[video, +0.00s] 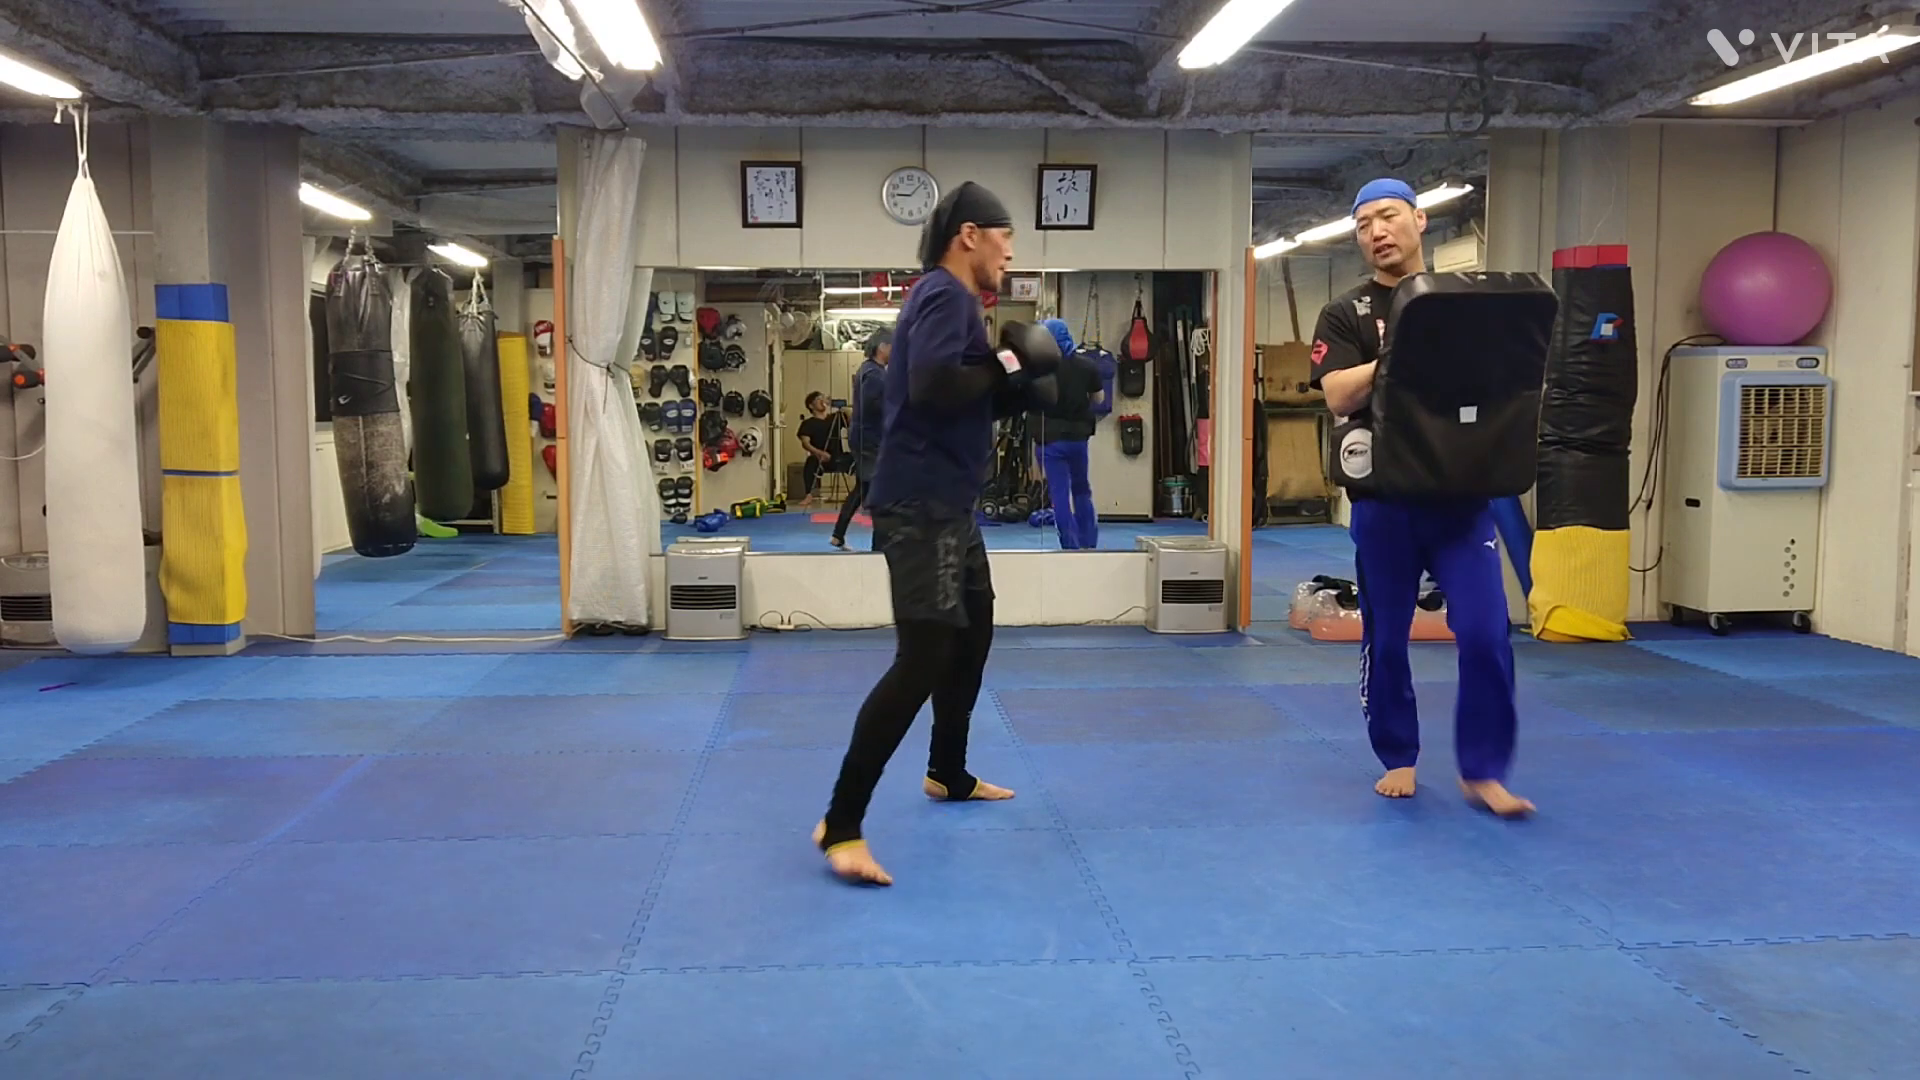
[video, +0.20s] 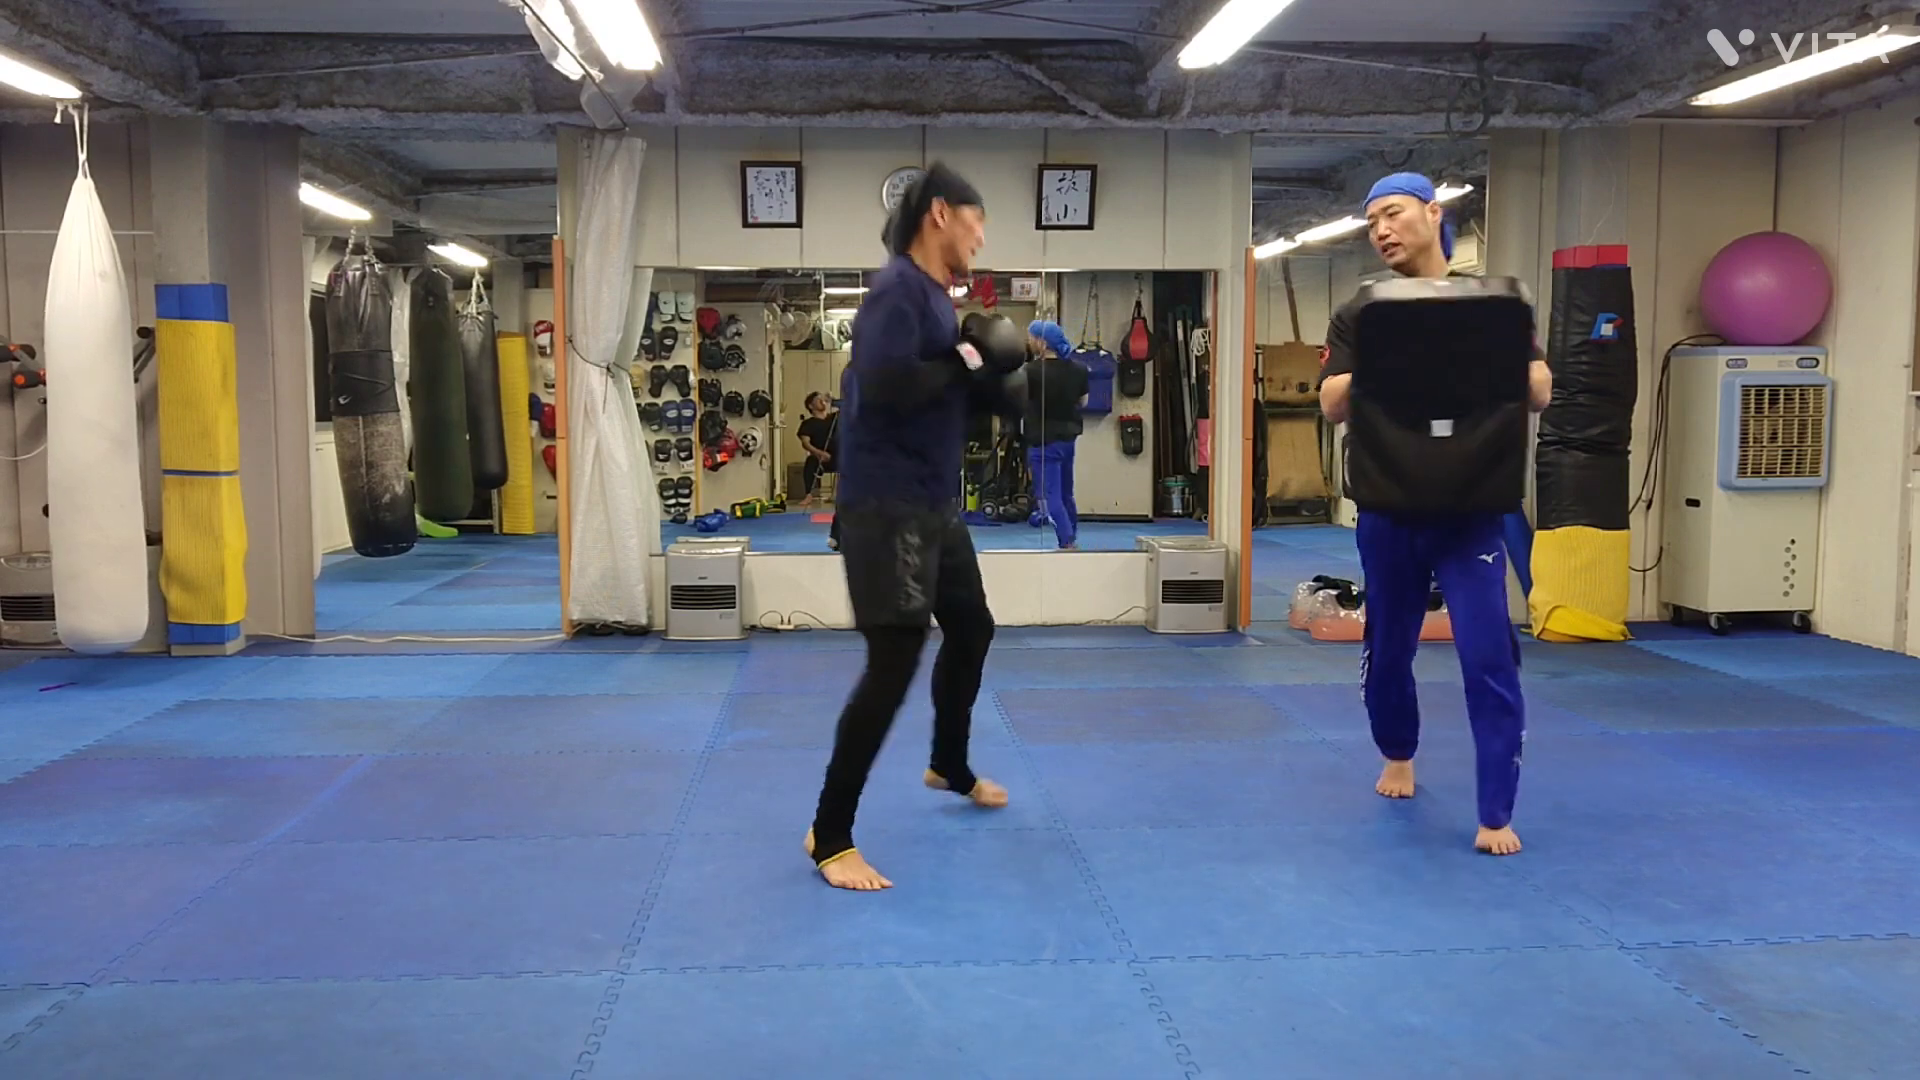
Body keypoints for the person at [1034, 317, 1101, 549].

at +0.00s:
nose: (1043, 345)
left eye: (1043, 339)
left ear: (1044, 342)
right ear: (1067, 337)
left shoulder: (1039, 367)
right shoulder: (1084, 364)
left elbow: (1031, 402)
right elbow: (1098, 396)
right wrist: (1078, 400)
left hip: (1049, 438)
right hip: (1078, 436)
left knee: (1059, 492)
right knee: (1081, 489)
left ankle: (1069, 543)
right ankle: (1088, 539)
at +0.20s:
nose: (1030, 343)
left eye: (1033, 339)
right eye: (1031, 338)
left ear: (1043, 342)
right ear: (1057, 342)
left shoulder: (1032, 370)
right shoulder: (1077, 369)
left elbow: (1024, 400)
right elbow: (1083, 400)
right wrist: (1061, 401)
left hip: (1042, 436)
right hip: (1068, 434)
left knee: (1050, 493)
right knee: (1066, 490)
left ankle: (1066, 540)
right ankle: (1071, 535)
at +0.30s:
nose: (1024, 342)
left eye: (1027, 338)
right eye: (1025, 337)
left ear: (1040, 341)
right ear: (1052, 341)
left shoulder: (1031, 370)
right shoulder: (1066, 368)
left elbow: (1013, 403)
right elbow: (1070, 394)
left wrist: (1013, 387)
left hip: (1036, 436)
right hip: (1062, 432)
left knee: (1032, 490)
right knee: (1059, 486)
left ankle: (1062, 526)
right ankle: (1068, 533)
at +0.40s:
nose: (1019, 341)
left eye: (1021, 337)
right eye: (1019, 337)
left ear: (1033, 338)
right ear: (1040, 339)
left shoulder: (1030, 366)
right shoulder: (1054, 363)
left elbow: (1012, 401)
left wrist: (1003, 385)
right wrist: (1016, 382)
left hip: (1031, 438)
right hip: (1053, 434)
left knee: (1017, 489)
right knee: (1054, 486)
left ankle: (1043, 532)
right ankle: (1065, 538)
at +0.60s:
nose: (1003, 343)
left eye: (1006, 338)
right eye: (1004, 338)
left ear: (1019, 341)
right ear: (1018, 341)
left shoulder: (1022, 368)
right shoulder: (1025, 366)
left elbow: (1010, 399)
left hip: (1015, 436)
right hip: (1023, 434)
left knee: (1002, 489)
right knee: (1018, 492)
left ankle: (1009, 540)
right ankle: (1053, 524)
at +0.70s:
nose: (996, 342)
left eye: (1000, 338)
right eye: (996, 338)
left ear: (1012, 340)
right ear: (1009, 340)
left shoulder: (1019, 367)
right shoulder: (1010, 365)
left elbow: (1006, 402)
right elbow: (1004, 394)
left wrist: (983, 392)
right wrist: (987, 390)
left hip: (1013, 435)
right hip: (1008, 433)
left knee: (1002, 487)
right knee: (1002, 484)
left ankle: (1009, 540)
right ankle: (1023, 525)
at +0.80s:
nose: (991, 340)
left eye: (995, 336)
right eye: (991, 336)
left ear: (1008, 339)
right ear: (1000, 339)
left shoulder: (1016, 366)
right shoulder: (995, 365)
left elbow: (1005, 398)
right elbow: (990, 392)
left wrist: (979, 387)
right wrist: (972, 381)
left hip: (1008, 433)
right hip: (990, 432)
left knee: (1003, 486)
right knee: (985, 484)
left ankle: (1010, 539)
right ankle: (992, 535)